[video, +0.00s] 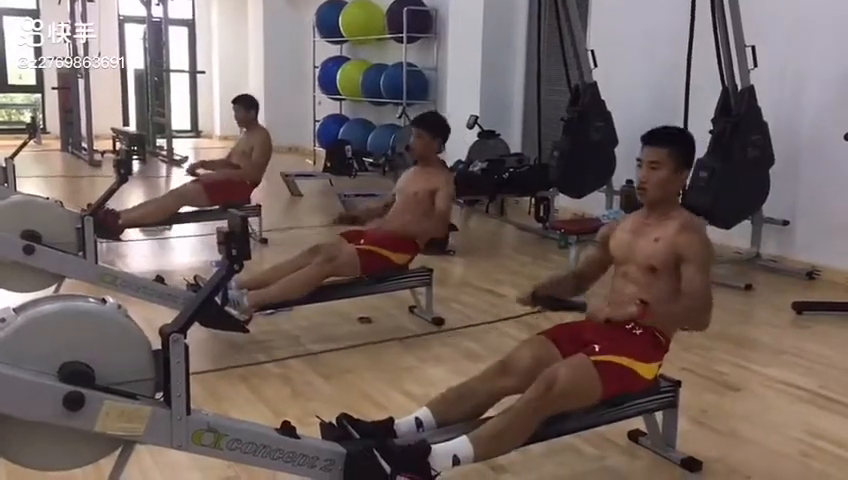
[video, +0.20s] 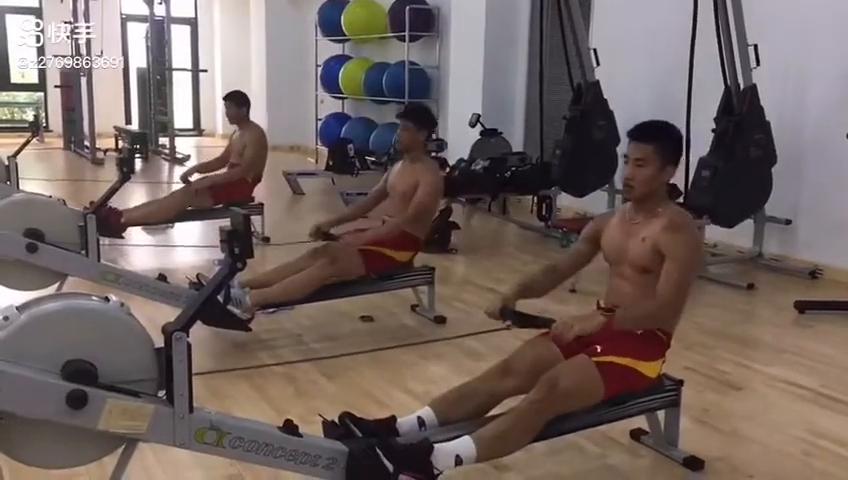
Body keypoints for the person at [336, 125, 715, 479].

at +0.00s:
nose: (643, 175)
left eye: (656, 167)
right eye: (641, 165)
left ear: (682, 176)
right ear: (638, 170)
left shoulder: (689, 233)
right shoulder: (622, 227)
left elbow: (699, 315)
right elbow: (579, 278)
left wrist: (643, 308)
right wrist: (544, 292)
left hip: (637, 344)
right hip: (592, 330)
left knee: (548, 386)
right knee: (506, 368)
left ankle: (433, 461)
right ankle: (396, 431)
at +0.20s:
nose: (629, 172)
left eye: (641, 164)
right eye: (628, 162)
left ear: (670, 170)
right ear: (625, 165)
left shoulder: (681, 229)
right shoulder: (610, 222)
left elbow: (665, 310)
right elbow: (560, 269)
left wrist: (598, 321)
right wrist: (513, 293)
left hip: (641, 343)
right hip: (599, 327)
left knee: (547, 392)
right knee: (506, 373)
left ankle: (436, 460)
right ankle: (398, 430)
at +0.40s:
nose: (620, 170)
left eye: (632, 163)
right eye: (618, 160)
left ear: (660, 170)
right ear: (613, 162)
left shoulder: (673, 227)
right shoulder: (604, 219)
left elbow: (643, 302)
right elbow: (546, 266)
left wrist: (582, 325)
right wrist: (496, 296)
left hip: (644, 343)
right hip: (601, 327)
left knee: (551, 390)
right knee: (509, 372)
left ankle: (439, 460)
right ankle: (402, 429)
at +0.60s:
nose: (613, 169)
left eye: (626, 161)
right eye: (611, 158)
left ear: (654, 169)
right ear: (607, 160)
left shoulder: (669, 224)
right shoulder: (599, 219)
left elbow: (631, 298)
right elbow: (537, 264)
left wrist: (562, 327)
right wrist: (485, 293)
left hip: (646, 340)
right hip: (602, 323)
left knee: (552, 390)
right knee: (513, 369)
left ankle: (442, 457)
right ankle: (402, 426)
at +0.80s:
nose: (607, 167)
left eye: (620, 158)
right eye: (606, 156)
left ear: (649, 166)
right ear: (604, 159)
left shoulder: (665, 224)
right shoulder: (596, 218)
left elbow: (625, 293)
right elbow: (531, 260)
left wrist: (556, 323)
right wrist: (478, 290)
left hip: (646, 338)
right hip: (602, 320)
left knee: (553, 380)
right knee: (513, 363)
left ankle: (445, 455)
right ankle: (406, 424)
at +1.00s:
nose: (597, 166)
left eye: (610, 157)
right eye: (596, 154)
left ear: (640, 164)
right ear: (594, 154)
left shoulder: (656, 222)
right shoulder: (587, 214)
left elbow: (612, 290)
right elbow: (521, 256)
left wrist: (544, 320)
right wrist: (466, 283)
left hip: (644, 342)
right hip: (599, 322)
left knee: (547, 356)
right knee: (507, 342)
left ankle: (448, 450)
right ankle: (415, 420)